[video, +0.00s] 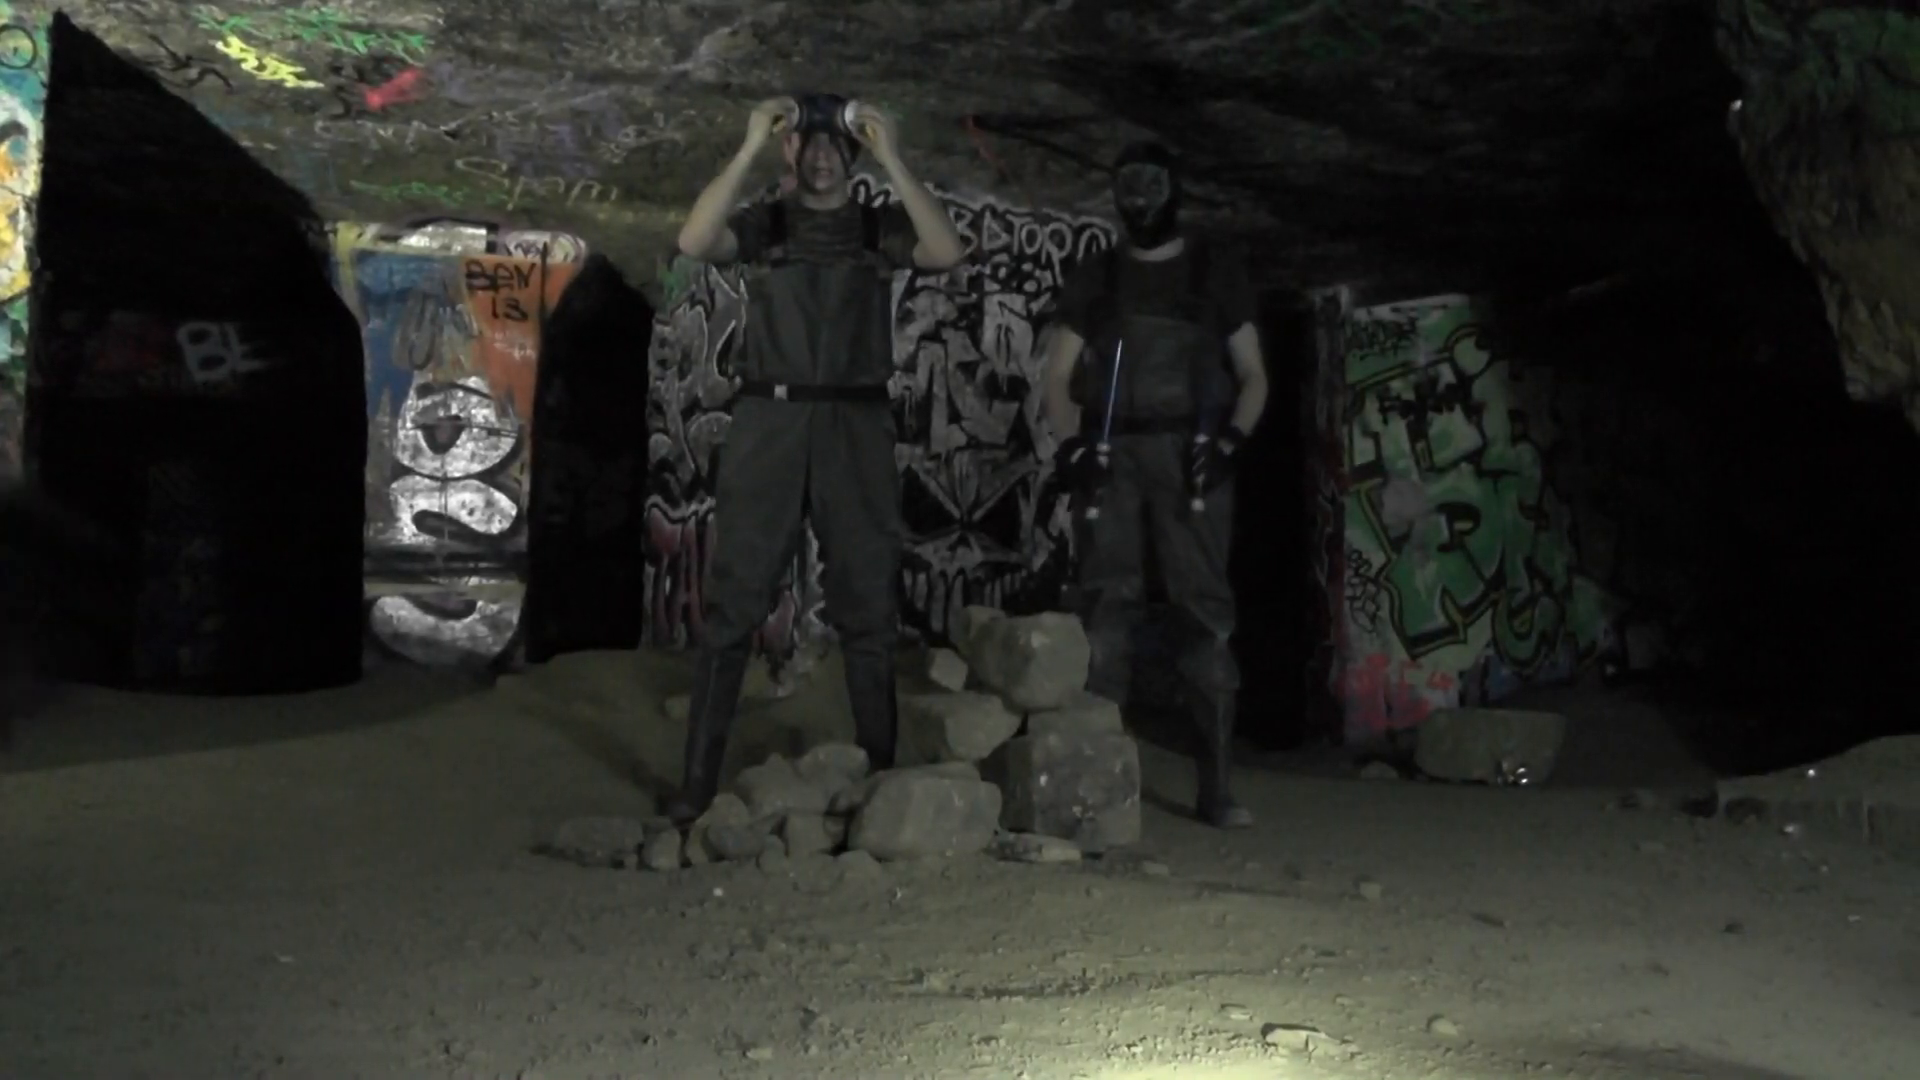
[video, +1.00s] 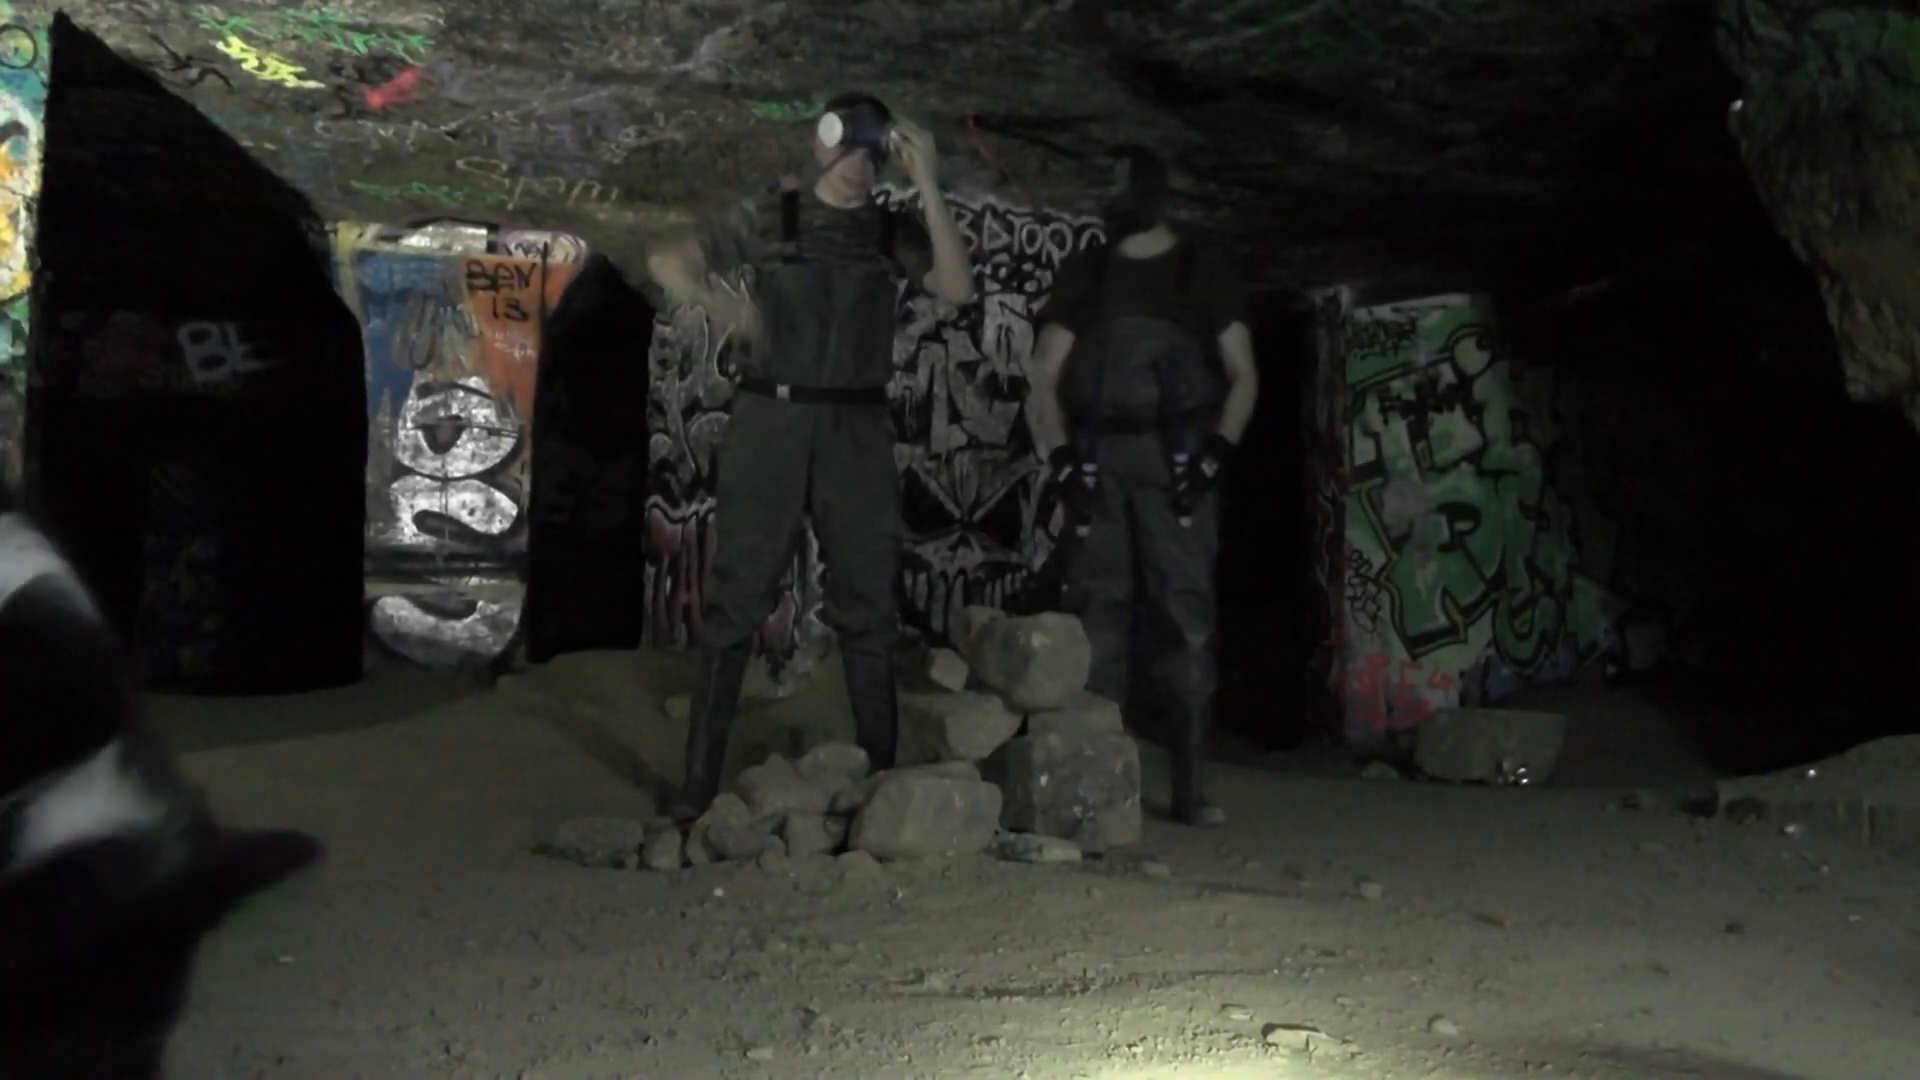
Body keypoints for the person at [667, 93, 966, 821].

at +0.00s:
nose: (819, 159)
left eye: (832, 147)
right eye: (805, 145)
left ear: (854, 156)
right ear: (785, 155)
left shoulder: (879, 228)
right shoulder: (762, 225)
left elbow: (944, 252)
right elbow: (694, 242)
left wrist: (889, 159)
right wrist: (750, 152)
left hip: (856, 439)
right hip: (767, 437)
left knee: (868, 614)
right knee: (733, 612)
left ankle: (880, 777)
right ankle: (696, 790)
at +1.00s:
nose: (860, 166)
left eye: (873, 155)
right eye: (850, 149)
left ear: (884, 161)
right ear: (819, 145)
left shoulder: (891, 230)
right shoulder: (769, 215)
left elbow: (956, 289)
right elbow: (668, 261)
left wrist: (926, 183)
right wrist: (727, 311)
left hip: (858, 439)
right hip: (769, 435)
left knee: (868, 612)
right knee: (736, 609)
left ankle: (882, 779)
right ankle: (699, 786)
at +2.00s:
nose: (835, 164)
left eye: (849, 152)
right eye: (822, 150)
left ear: (867, 161)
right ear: (797, 159)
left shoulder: (885, 225)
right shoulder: (765, 222)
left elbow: (949, 273)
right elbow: (696, 277)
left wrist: (904, 167)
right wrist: (754, 190)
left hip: (857, 438)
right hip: (767, 435)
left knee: (870, 614)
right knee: (734, 611)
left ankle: (879, 779)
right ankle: (697, 789)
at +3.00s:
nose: (783, 153)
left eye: (792, 142)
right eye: (772, 140)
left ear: (803, 158)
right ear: (747, 150)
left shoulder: (800, 229)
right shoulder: (721, 215)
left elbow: (876, 278)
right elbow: (801, 249)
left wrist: (873, 193)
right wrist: (837, 175)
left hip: (798, 426)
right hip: (732, 422)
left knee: (837, 589)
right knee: (742, 591)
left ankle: (877, 755)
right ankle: (684, 772)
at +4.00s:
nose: (830, 163)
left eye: (842, 154)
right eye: (819, 153)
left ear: (862, 168)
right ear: (800, 166)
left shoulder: (880, 229)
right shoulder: (773, 227)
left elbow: (929, 253)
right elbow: (702, 245)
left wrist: (890, 153)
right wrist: (755, 152)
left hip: (855, 439)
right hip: (766, 435)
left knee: (868, 614)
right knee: (731, 608)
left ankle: (872, 781)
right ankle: (695, 787)